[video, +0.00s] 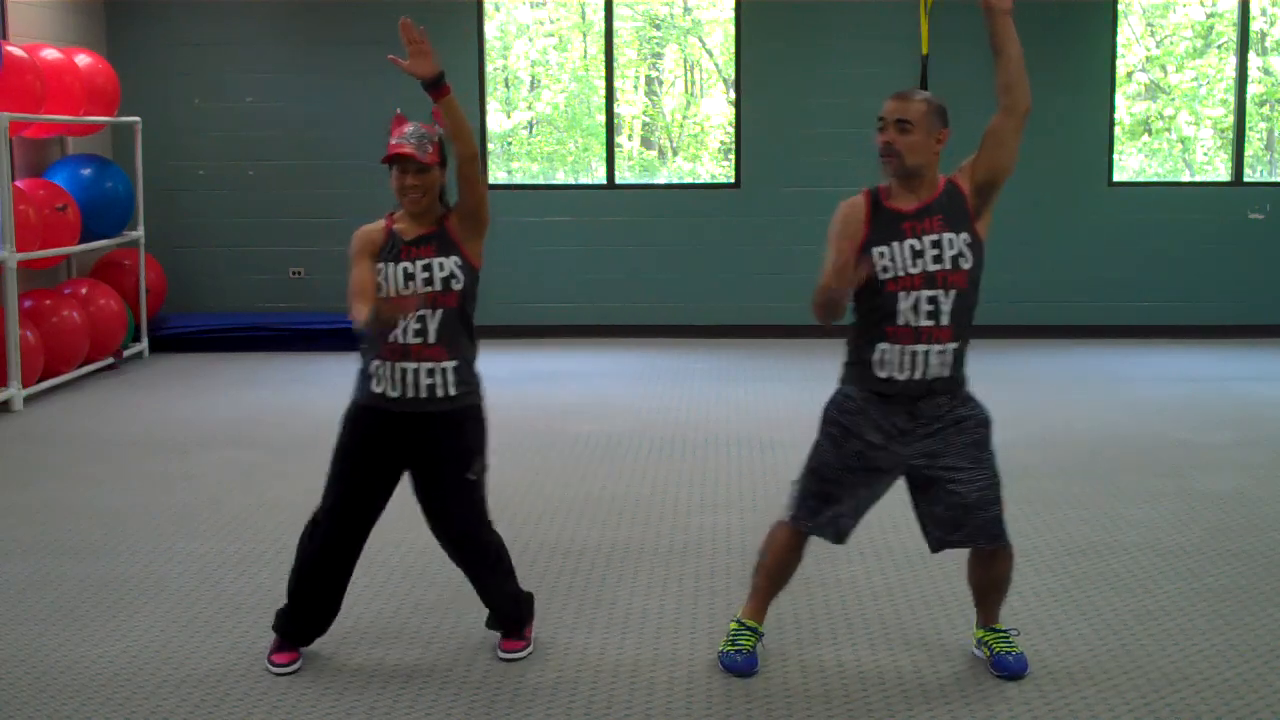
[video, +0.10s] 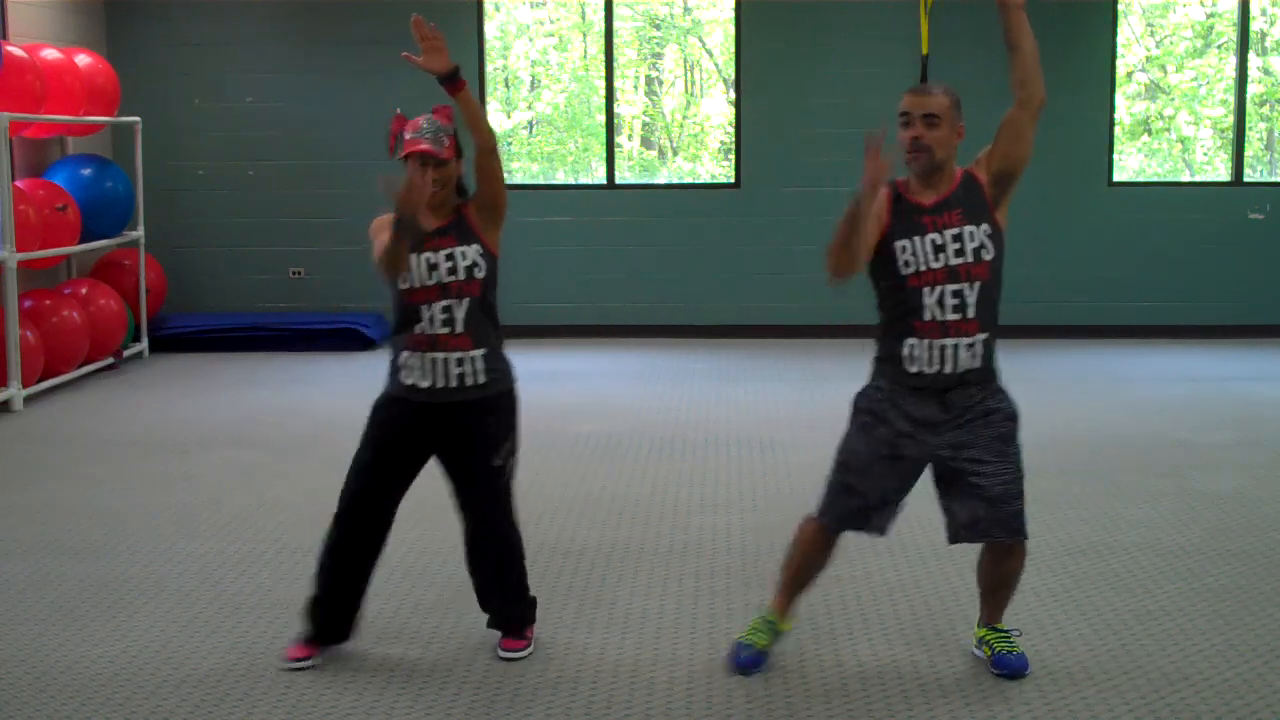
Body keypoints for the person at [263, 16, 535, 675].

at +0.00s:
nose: (408, 180)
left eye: (419, 169)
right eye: (399, 169)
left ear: (441, 174)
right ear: (389, 174)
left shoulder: (464, 230)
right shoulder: (370, 240)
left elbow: (470, 155)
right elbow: (362, 308)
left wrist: (437, 83)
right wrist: (376, 316)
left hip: (449, 411)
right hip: (379, 409)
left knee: (463, 526)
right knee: (336, 523)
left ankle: (514, 616)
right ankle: (293, 632)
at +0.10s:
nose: (427, 174)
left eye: (436, 163)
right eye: (418, 163)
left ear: (456, 170)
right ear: (403, 171)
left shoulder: (481, 220)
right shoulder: (387, 226)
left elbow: (487, 148)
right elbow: (389, 269)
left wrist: (452, 80)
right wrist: (407, 223)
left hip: (479, 399)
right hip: (407, 399)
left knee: (490, 518)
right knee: (360, 512)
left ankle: (515, 621)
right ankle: (323, 631)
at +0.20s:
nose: (450, 160)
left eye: (458, 150)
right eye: (440, 153)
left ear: (475, 159)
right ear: (422, 166)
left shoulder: (495, 209)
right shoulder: (410, 224)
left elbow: (503, 140)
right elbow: (410, 204)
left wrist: (469, 76)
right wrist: (418, 150)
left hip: (503, 388)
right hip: (432, 390)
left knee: (515, 509)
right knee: (383, 498)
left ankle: (515, 616)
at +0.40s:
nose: (467, 158)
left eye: (474, 149)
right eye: (456, 150)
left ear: (488, 156)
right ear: (440, 161)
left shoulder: (508, 206)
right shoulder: (427, 222)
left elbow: (525, 139)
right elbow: (418, 174)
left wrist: (492, 76)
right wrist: (439, 98)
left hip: (532, 384)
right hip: (466, 392)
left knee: (534, 506)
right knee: (460, 511)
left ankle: (527, 613)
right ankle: (472, 620)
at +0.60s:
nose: (494, 174)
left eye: (498, 163)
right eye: (482, 165)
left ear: (506, 169)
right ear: (456, 174)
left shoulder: (520, 218)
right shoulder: (439, 230)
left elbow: (553, 157)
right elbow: (429, 167)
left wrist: (536, 95)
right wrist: (466, 93)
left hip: (546, 391)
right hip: (484, 402)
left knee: (560, 510)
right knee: (496, 518)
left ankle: (537, 614)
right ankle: (477, 620)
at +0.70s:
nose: (502, 174)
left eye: (507, 163)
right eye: (491, 165)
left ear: (514, 166)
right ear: (464, 171)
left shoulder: (528, 215)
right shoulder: (445, 223)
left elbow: (585, 175)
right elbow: (433, 158)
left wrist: (597, 114)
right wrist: (476, 91)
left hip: (545, 390)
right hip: (476, 401)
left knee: (589, 488)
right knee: (478, 519)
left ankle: (564, 597)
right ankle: (475, 621)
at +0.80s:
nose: (512, 171)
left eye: (518, 160)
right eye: (500, 162)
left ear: (526, 163)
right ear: (473, 168)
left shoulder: (542, 215)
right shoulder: (454, 221)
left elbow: (611, 206)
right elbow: (442, 153)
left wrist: (653, 177)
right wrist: (484, 87)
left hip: (548, 397)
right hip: (476, 404)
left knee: (598, 504)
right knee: (465, 521)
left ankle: (628, 605)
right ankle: (473, 620)